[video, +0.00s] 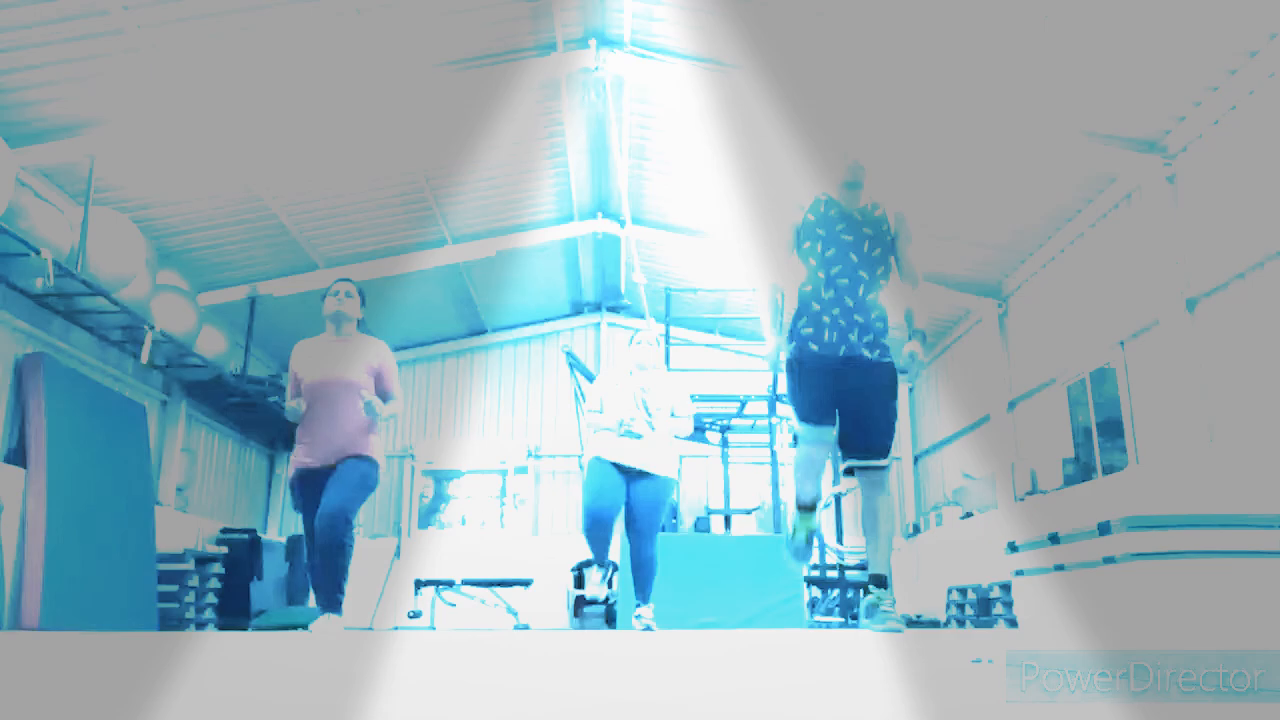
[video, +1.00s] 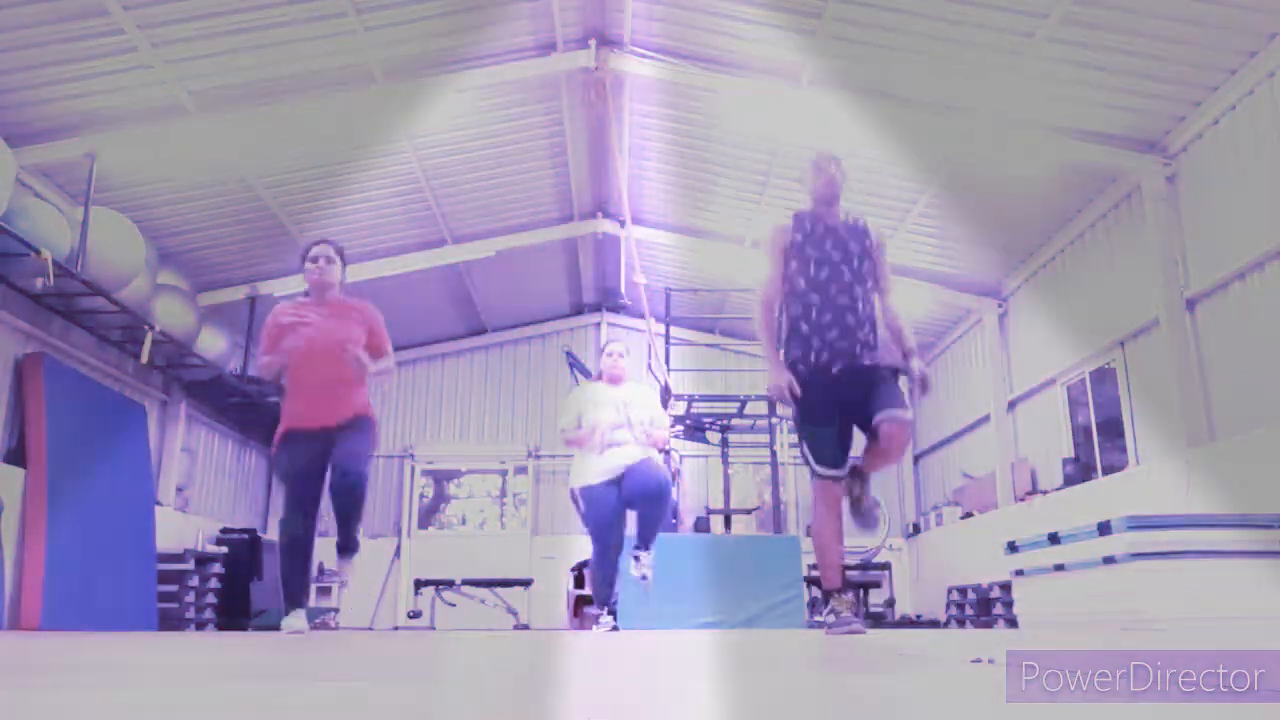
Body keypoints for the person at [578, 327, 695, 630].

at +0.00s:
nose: (646, 350)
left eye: (652, 344)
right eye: (640, 344)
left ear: (661, 350)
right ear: (629, 349)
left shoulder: (673, 383)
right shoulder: (610, 378)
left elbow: (686, 425)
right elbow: (589, 417)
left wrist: (658, 424)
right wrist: (617, 424)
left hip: (654, 459)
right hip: (608, 453)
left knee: (644, 534)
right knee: (597, 513)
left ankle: (643, 606)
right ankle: (601, 565)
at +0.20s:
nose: (640, 362)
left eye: (647, 358)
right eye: (635, 357)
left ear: (657, 365)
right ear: (627, 363)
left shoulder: (671, 401)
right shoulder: (611, 395)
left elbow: (685, 442)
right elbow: (592, 436)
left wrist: (661, 445)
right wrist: (615, 439)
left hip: (654, 475)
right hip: (611, 464)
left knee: (642, 539)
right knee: (600, 494)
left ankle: (643, 607)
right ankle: (604, 558)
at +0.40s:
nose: (631, 350)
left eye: (638, 345)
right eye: (626, 345)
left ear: (650, 353)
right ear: (619, 353)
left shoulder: (665, 386)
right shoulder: (602, 380)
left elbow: (683, 426)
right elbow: (583, 421)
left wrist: (661, 431)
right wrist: (604, 417)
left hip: (653, 465)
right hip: (607, 456)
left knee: (642, 537)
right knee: (607, 505)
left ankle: (643, 608)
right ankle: (602, 570)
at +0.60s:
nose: (623, 372)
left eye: (628, 367)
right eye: (617, 367)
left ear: (640, 375)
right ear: (609, 375)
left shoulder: (656, 408)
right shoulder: (598, 407)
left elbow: (675, 448)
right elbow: (581, 451)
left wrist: (654, 447)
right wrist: (597, 444)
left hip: (650, 490)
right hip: (604, 486)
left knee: (643, 551)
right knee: (613, 542)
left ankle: (641, 611)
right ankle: (613, 610)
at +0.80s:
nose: (617, 347)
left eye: (623, 342)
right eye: (611, 343)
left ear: (633, 350)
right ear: (603, 351)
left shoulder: (651, 382)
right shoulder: (587, 381)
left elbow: (672, 420)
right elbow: (570, 422)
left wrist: (650, 419)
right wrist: (593, 418)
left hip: (647, 468)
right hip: (599, 468)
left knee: (655, 524)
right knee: (611, 523)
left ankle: (639, 580)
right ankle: (610, 603)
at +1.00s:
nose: (614, 360)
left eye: (620, 356)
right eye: (609, 355)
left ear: (628, 363)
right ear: (600, 362)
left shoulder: (644, 393)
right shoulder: (581, 393)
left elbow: (662, 432)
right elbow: (567, 436)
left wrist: (655, 437)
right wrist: (591, 435)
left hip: (637, 461)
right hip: (594, 470)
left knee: (655, 487)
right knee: (608, 542)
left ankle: (643, 549)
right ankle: (605, 609)